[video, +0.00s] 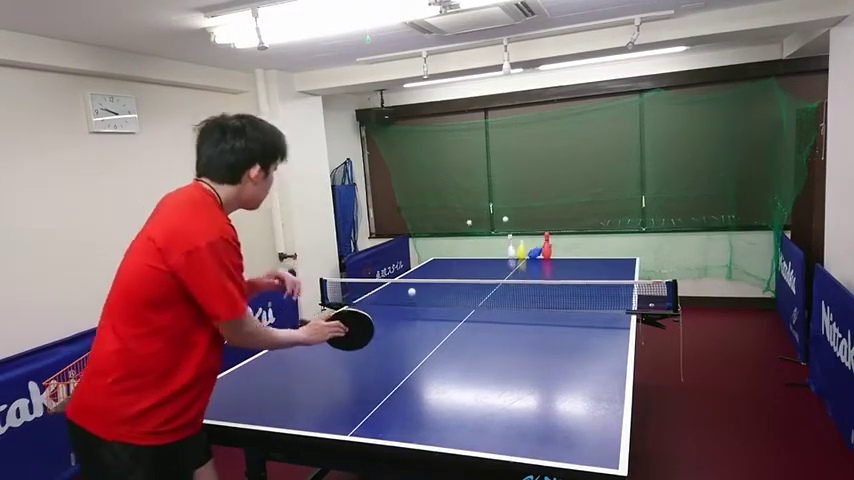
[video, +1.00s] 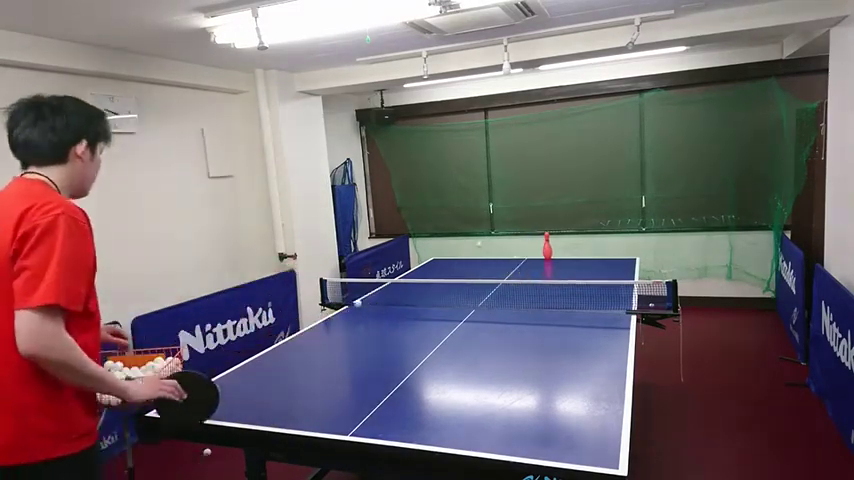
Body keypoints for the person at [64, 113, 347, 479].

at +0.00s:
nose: (271, 183)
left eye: (273, 173)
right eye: (272, 173)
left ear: (211, 163)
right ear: (253, 173)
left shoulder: (183, 203)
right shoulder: (206, 229)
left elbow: (199, 291)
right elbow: (238, 331)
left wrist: (257, 285)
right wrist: (300, 335)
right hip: (137, 434)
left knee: (204, 469)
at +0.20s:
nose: (227, 172)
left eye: (228, 161)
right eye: (226, 161)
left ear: (161, 156)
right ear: (204, 163)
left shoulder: (139, 206)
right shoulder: (156, 225)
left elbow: (150, 290)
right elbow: (190, 343)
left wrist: (214, 298)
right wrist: (265, 348)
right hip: (126, 441)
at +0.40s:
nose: (175, 165)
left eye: (176, 154)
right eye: (174, 153)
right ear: (149, 157)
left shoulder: (94, 209)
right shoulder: (99, 227)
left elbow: (93, 303)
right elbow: (115, 354)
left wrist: (161, 315)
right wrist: (212, 370)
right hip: (88, 453)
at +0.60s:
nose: (136, 160)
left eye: (137, 148)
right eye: (134, 147)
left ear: (64, 146)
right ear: (110, 151)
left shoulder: (43, 203)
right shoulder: (71, 222)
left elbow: (45, 303)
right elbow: (58, 357)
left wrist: (125, 324)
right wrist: (158, 390)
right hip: (72, 455)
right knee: (142, 472)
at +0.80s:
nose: (112, 158)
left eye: (113, 147)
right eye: (111, 146)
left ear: (39, 146)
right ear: (89, 147)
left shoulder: (14, 204)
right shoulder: (61, 218)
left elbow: (22, 304)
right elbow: (32, 347)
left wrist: (103, 328)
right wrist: (127, 402)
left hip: (19, 454)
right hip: (59, 456)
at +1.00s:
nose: (99, 167)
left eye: (101, 155)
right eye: (99, 154)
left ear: (30, 149)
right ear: (79, 151)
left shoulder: (10, 201)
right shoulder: (58, 214)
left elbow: (18, 304)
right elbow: (38, 337)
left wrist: (89, 332)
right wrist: (124, 388)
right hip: (49, 445)